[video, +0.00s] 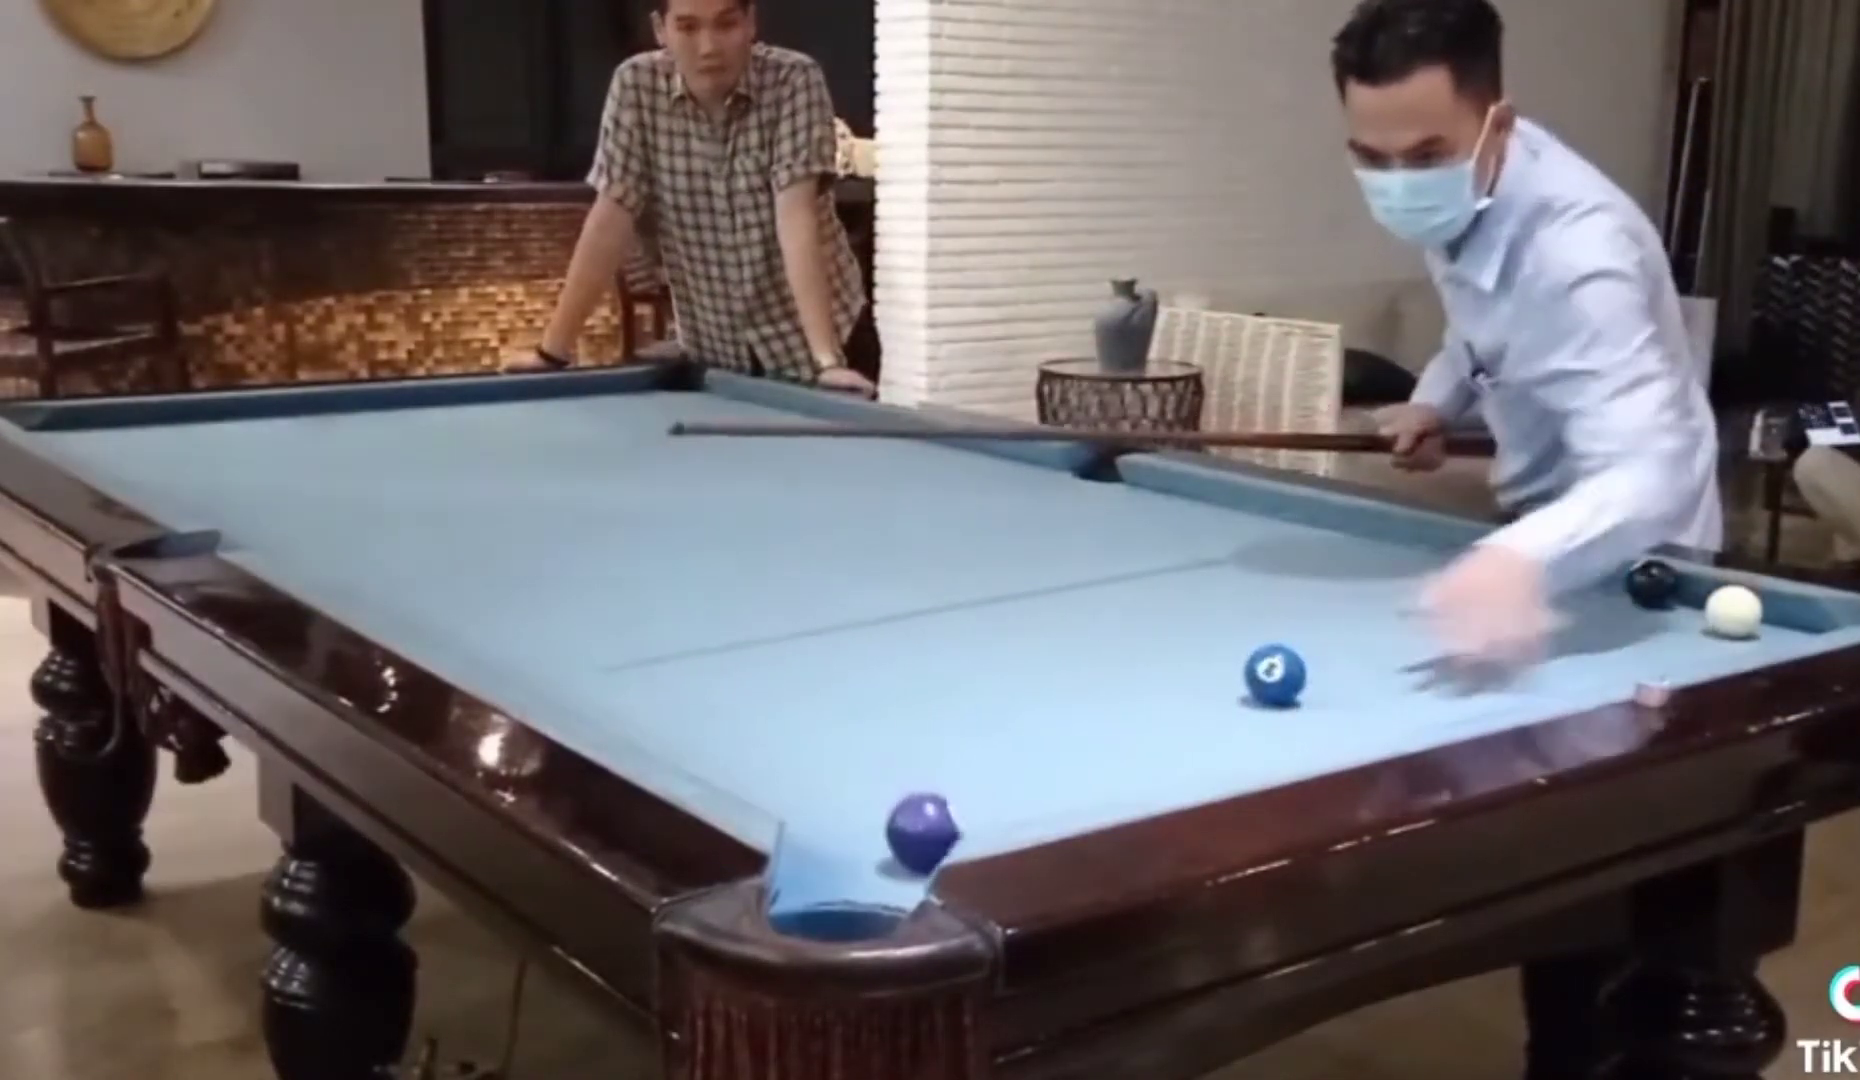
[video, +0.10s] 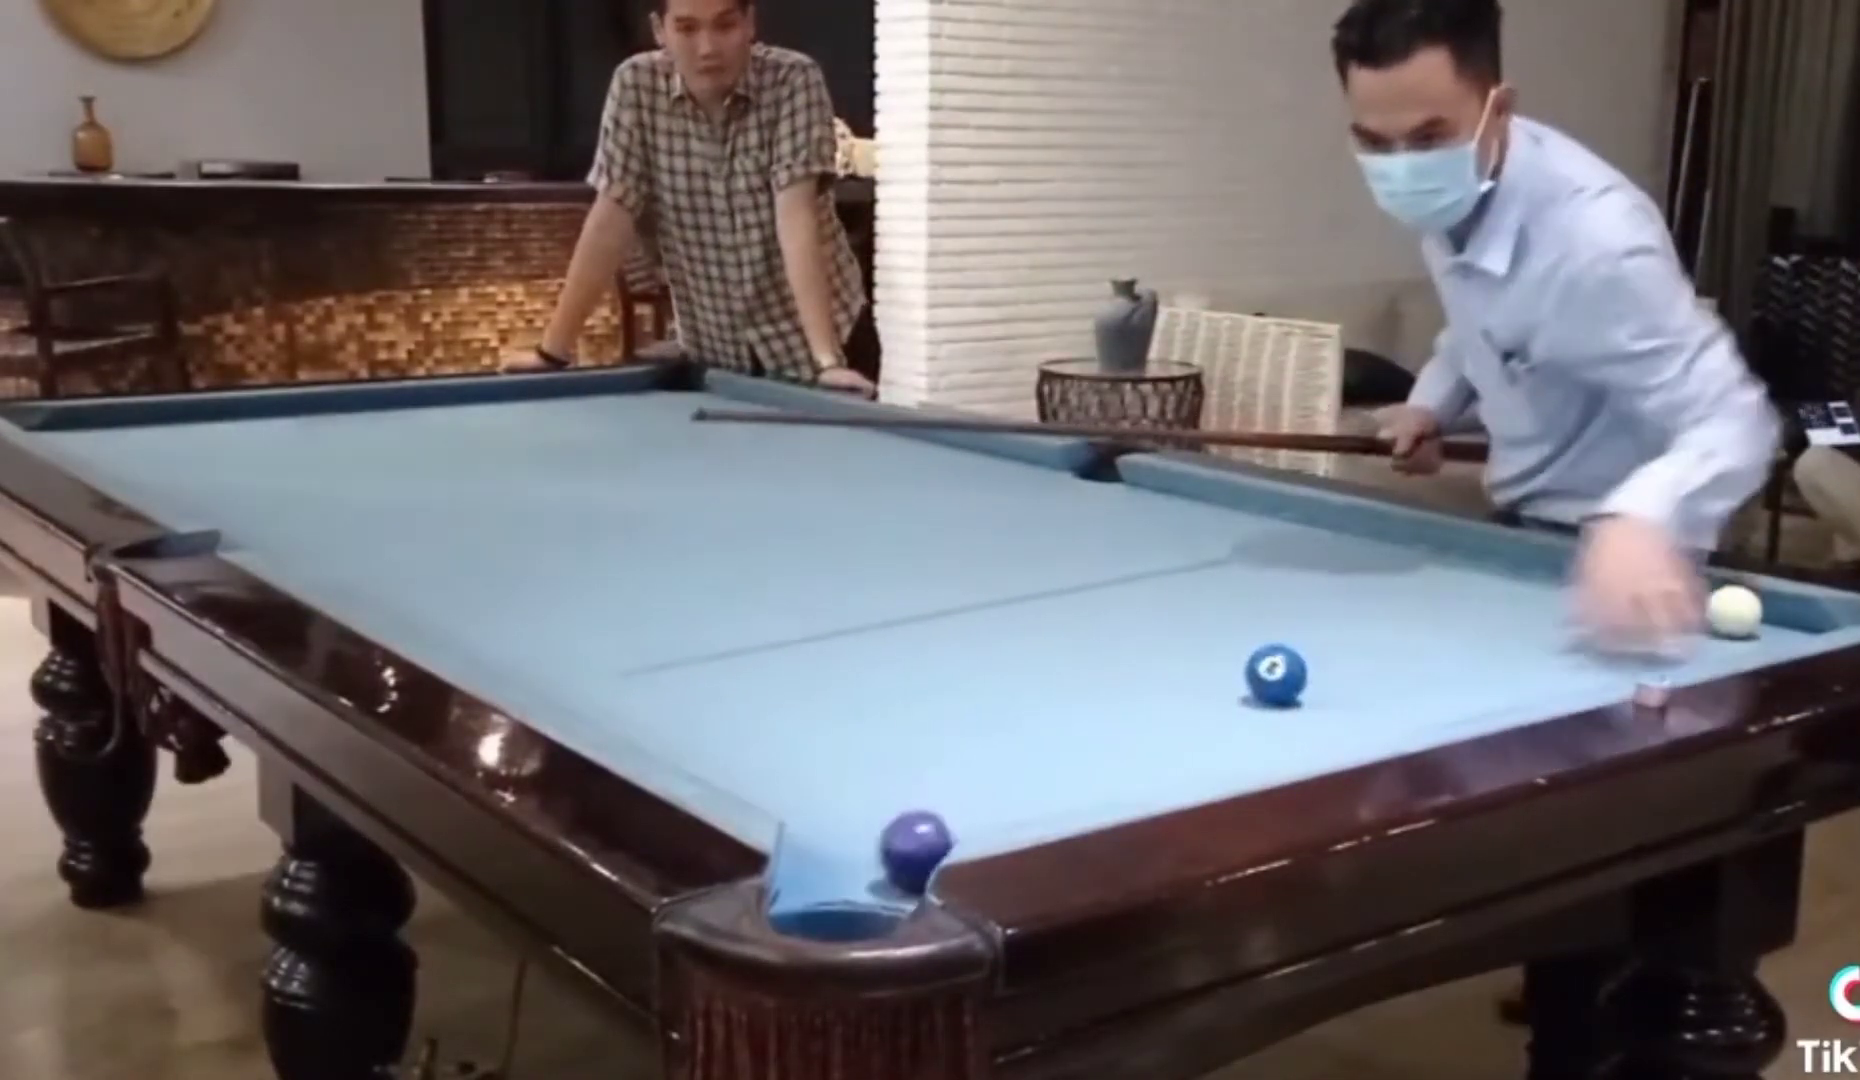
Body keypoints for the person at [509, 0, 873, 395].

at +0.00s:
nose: (708, 46)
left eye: (726, 25)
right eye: (688, 27)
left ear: (752, 25)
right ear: (661, 30)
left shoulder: (793, 80)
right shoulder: (637, 85)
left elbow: (798, 216)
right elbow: (612, 215)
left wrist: (828, 360)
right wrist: (553, 351)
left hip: (818, 349)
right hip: (711, 350)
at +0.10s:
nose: (707, 47)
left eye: (724, 26)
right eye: (687, 28)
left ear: (751, 24)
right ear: (660, 32)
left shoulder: (792, 80)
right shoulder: (637, 85)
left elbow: (798, 216)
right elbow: (612, 214)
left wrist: (828, 360)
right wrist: (553, 351)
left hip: (820, 349)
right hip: (712, 351)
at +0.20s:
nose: (707, 48)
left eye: (724, 26)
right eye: (687, 29)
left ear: (751, 25)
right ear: (660, 32)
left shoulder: (791, 80)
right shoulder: (636, 85)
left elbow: (798, 215)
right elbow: (612, 212)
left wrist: (828, 360)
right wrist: (553, 351)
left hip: (818, 348)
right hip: (711, 350)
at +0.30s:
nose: (708, 49)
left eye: (725, 27)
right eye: (688, 30)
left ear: (750, 25)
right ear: (660, 33)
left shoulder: (791, 80)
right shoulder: (636, 85)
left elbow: (798, 214)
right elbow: (612, 213)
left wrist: (828, 359)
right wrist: (553, 351)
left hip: (821, 348)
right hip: (711, 351)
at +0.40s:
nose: (710, 50)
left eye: (726, 28)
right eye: (690, 31)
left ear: (751, 26)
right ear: (660, 34)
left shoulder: (791, 80)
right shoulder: (636, 85)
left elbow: (797, 214)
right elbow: (611, 216)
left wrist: (828, 357)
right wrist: (552, 353)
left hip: (807, 347)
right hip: (708, 347)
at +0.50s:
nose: (713, 50)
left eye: (729, 28)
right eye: (693, 31)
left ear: (751, 27)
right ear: (662, 35)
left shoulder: (792, 79)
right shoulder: (636, 84)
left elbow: (798, 212)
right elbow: (611, 212)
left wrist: (829, 360)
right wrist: (552, 352)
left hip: (804, 348)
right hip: (706, 347)